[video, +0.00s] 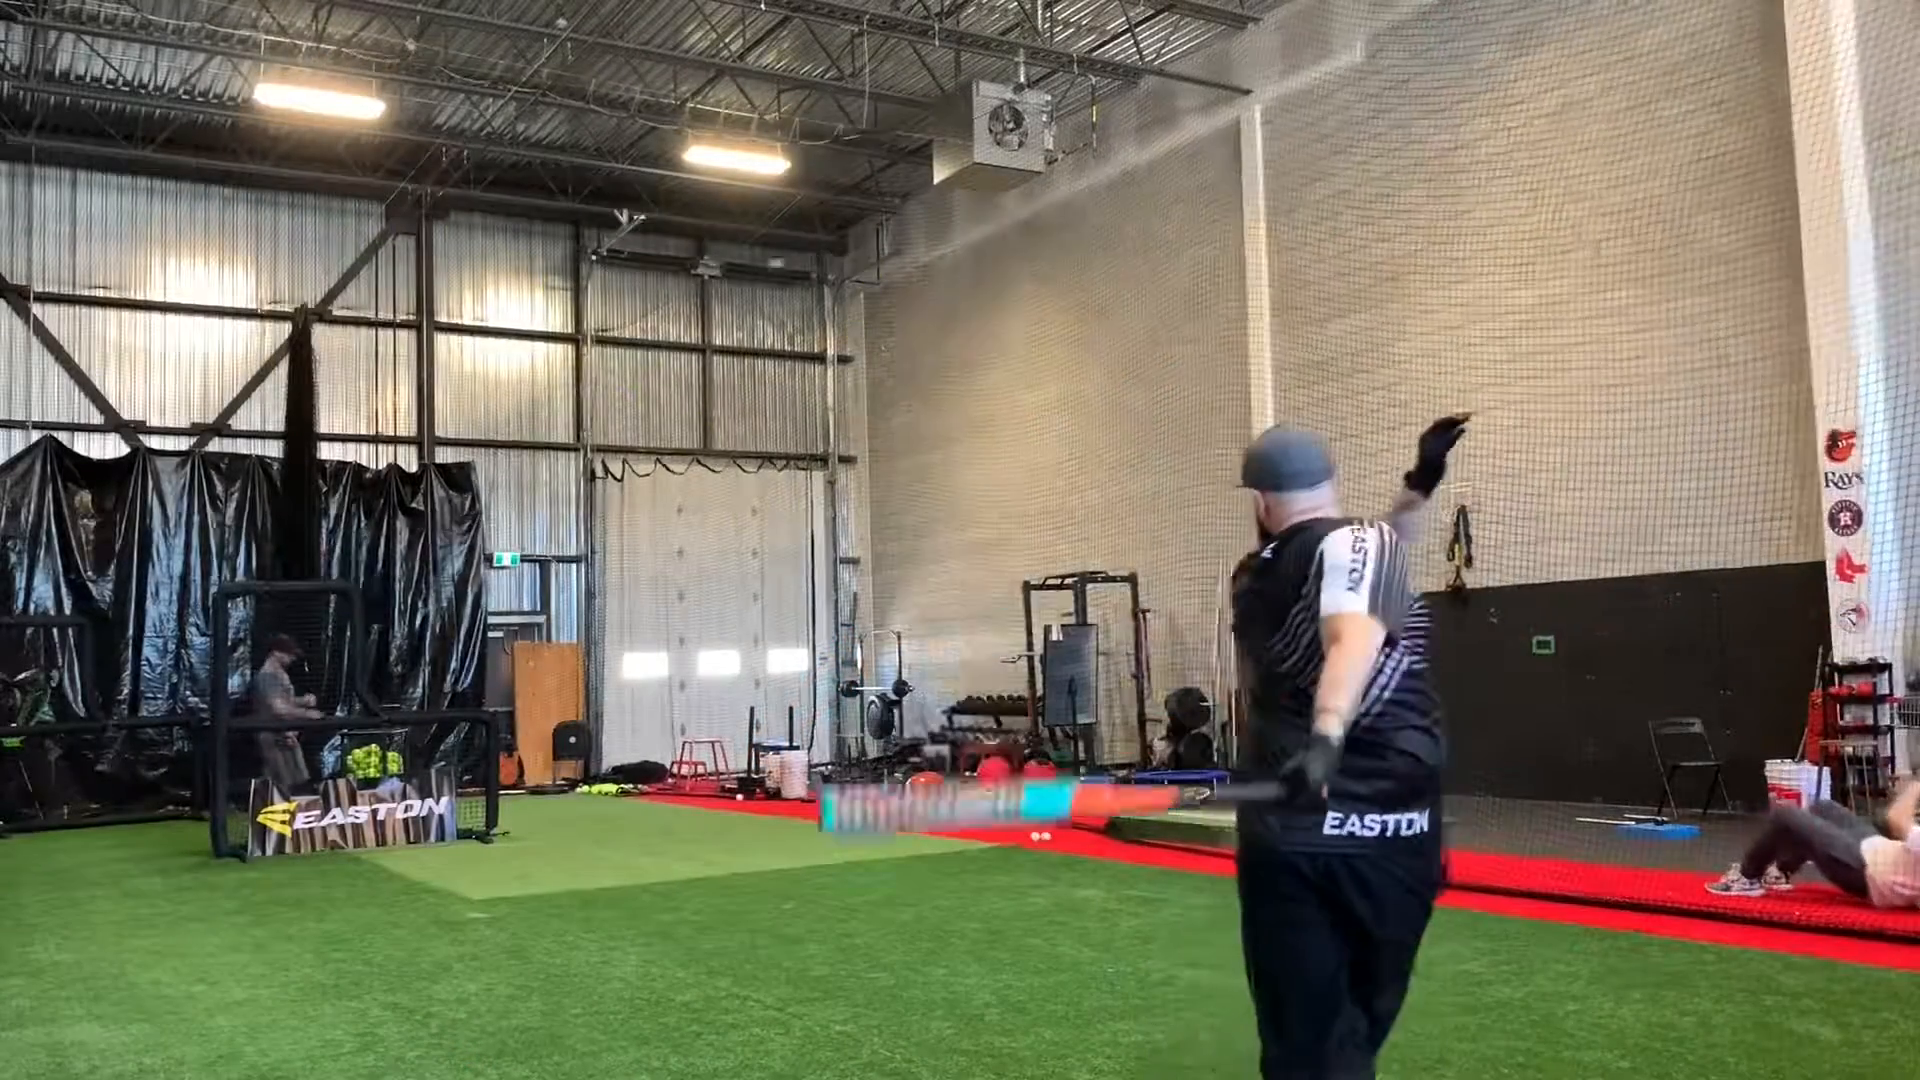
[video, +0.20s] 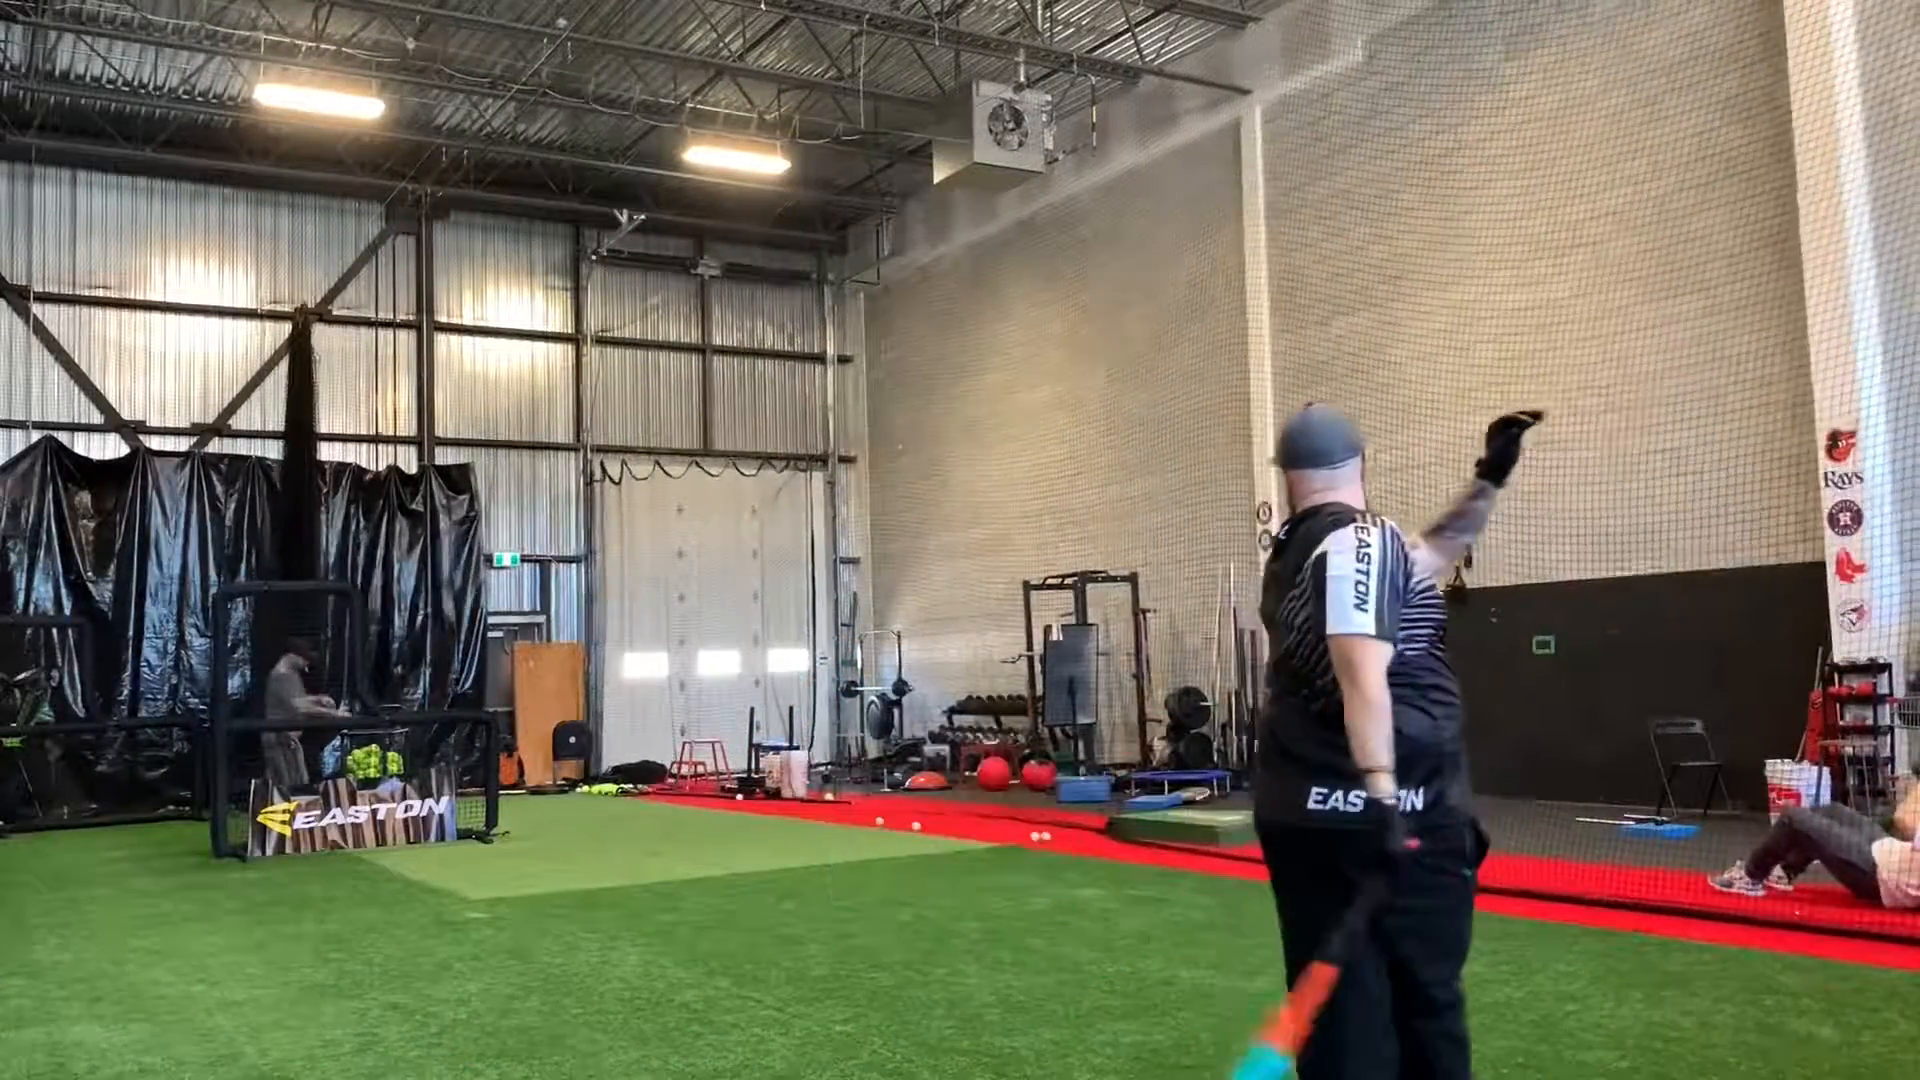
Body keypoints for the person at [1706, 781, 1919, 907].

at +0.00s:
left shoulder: (1919, 843)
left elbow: (1897, 819)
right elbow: (1901, 820)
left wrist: (1912, 788)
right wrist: (1912, 790)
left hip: (1868, 871)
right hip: (1882, 851)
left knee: (1785, 816)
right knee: (1824, 807)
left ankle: (1747, 875)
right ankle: (1781, 871)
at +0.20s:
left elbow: (1904, 821)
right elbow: (1904, 821)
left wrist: (1911, 791)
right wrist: (1914, 792)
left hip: (1882, 876)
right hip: (1893, 852)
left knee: (1794, 817)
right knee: (1833, 811)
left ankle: (1750, 873)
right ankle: (1784, 872)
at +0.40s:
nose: (1902, 802)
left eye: (1907, 799)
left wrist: (1910, 826)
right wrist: (1912, 824)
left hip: (1877, 873)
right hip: (1889, 850)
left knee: (1790, 814)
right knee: (1828, 807)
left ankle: (1750, 873)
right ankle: (1782, 871)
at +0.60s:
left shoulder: (1916, 845)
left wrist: (1899, 821)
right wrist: (1901, 817)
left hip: (1861, 874)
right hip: (1876, 852)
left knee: (1783, 812)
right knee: (1820, 807)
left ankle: (1748, 876)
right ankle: (1780, 874)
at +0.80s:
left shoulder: (1911, 851)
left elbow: (1884, 816)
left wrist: (1906, 785)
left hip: (1854, 867)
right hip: (1871, 848)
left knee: (1770, 806)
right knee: (1813, 801)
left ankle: (1747, 873)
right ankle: (1779, 870)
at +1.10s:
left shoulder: (1917, 844)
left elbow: (1892, 820)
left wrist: (1909, 791)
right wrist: (1909, 794)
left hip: (1865, 862)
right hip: (1879, 843)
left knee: (1782, 813)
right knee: (1821, 805)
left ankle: (1749, 874)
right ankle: (1791, 867)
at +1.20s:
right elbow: (1901, 821)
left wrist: (1909, 826)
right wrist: (1910, 823)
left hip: (1875, 874)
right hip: (1886, 848)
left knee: (1789, 816)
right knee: (1826, 806)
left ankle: (1750, 874)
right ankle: (1789, 868)